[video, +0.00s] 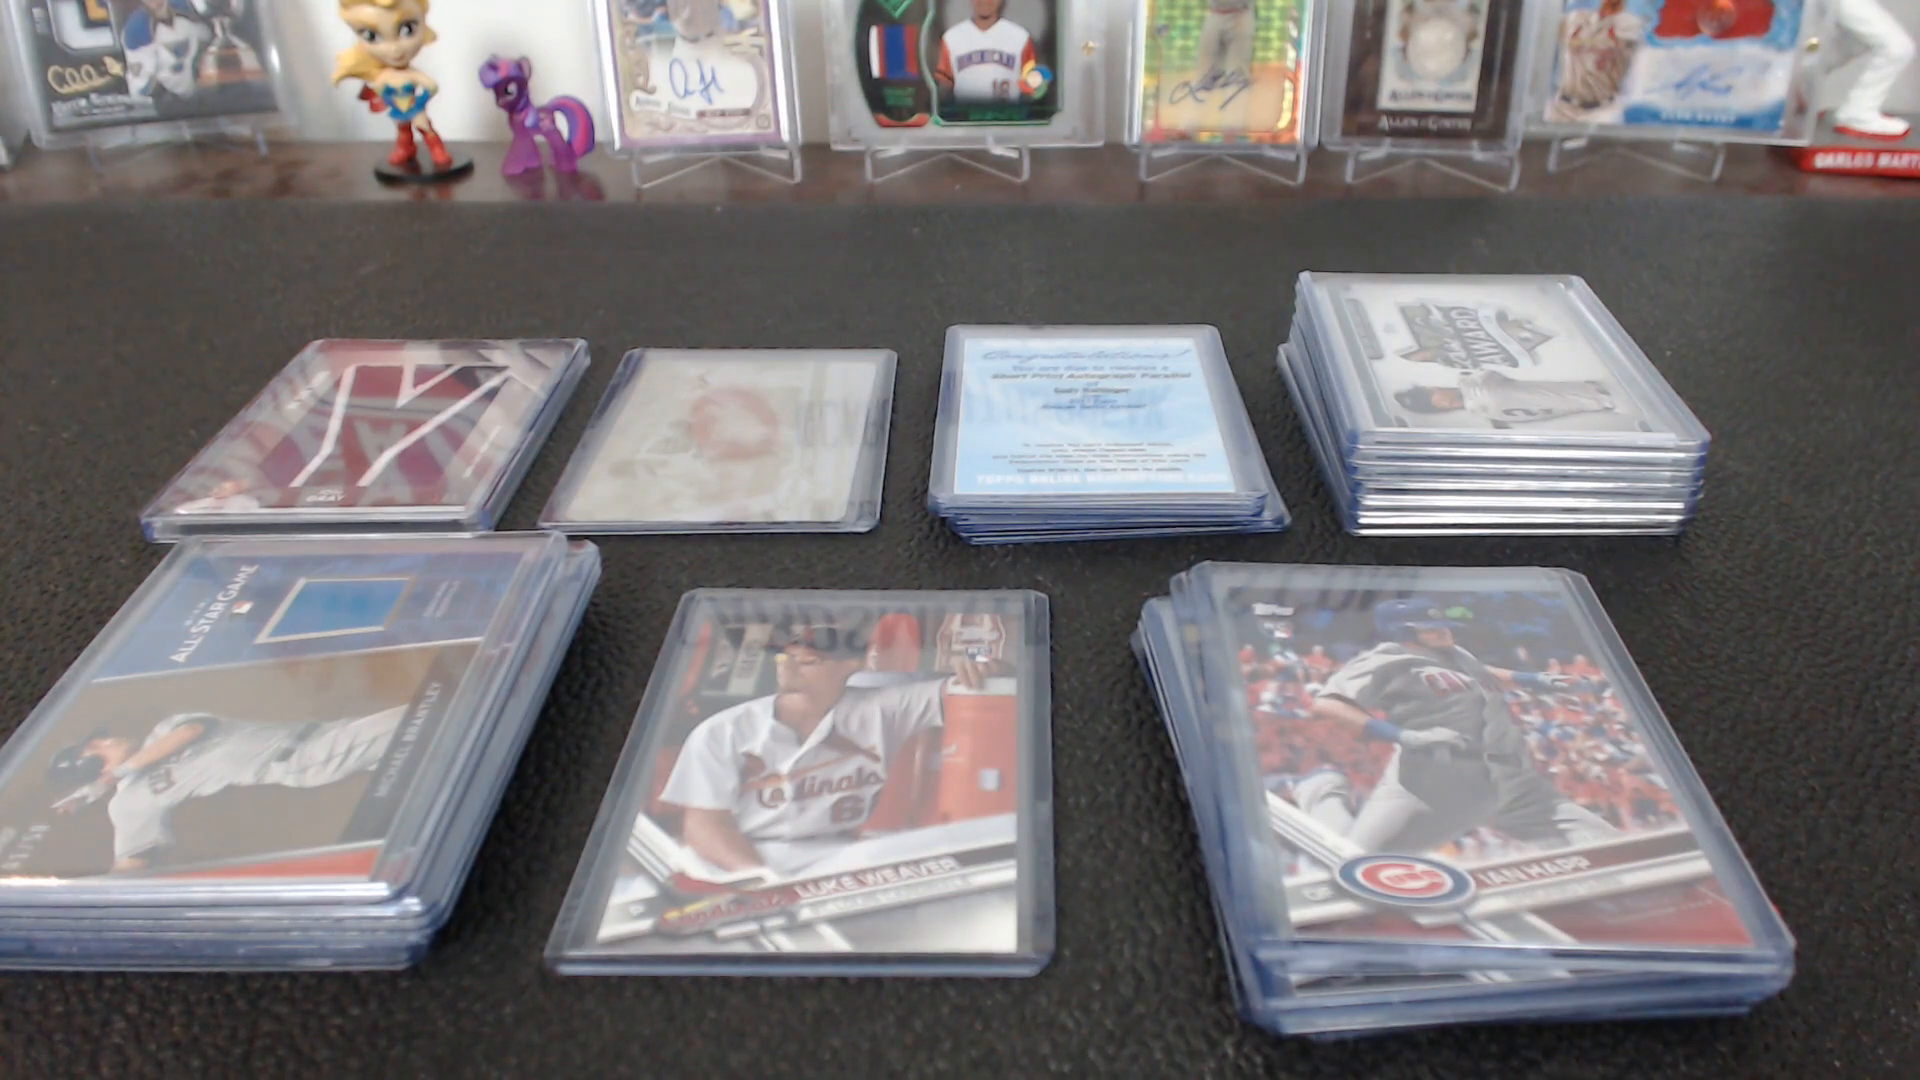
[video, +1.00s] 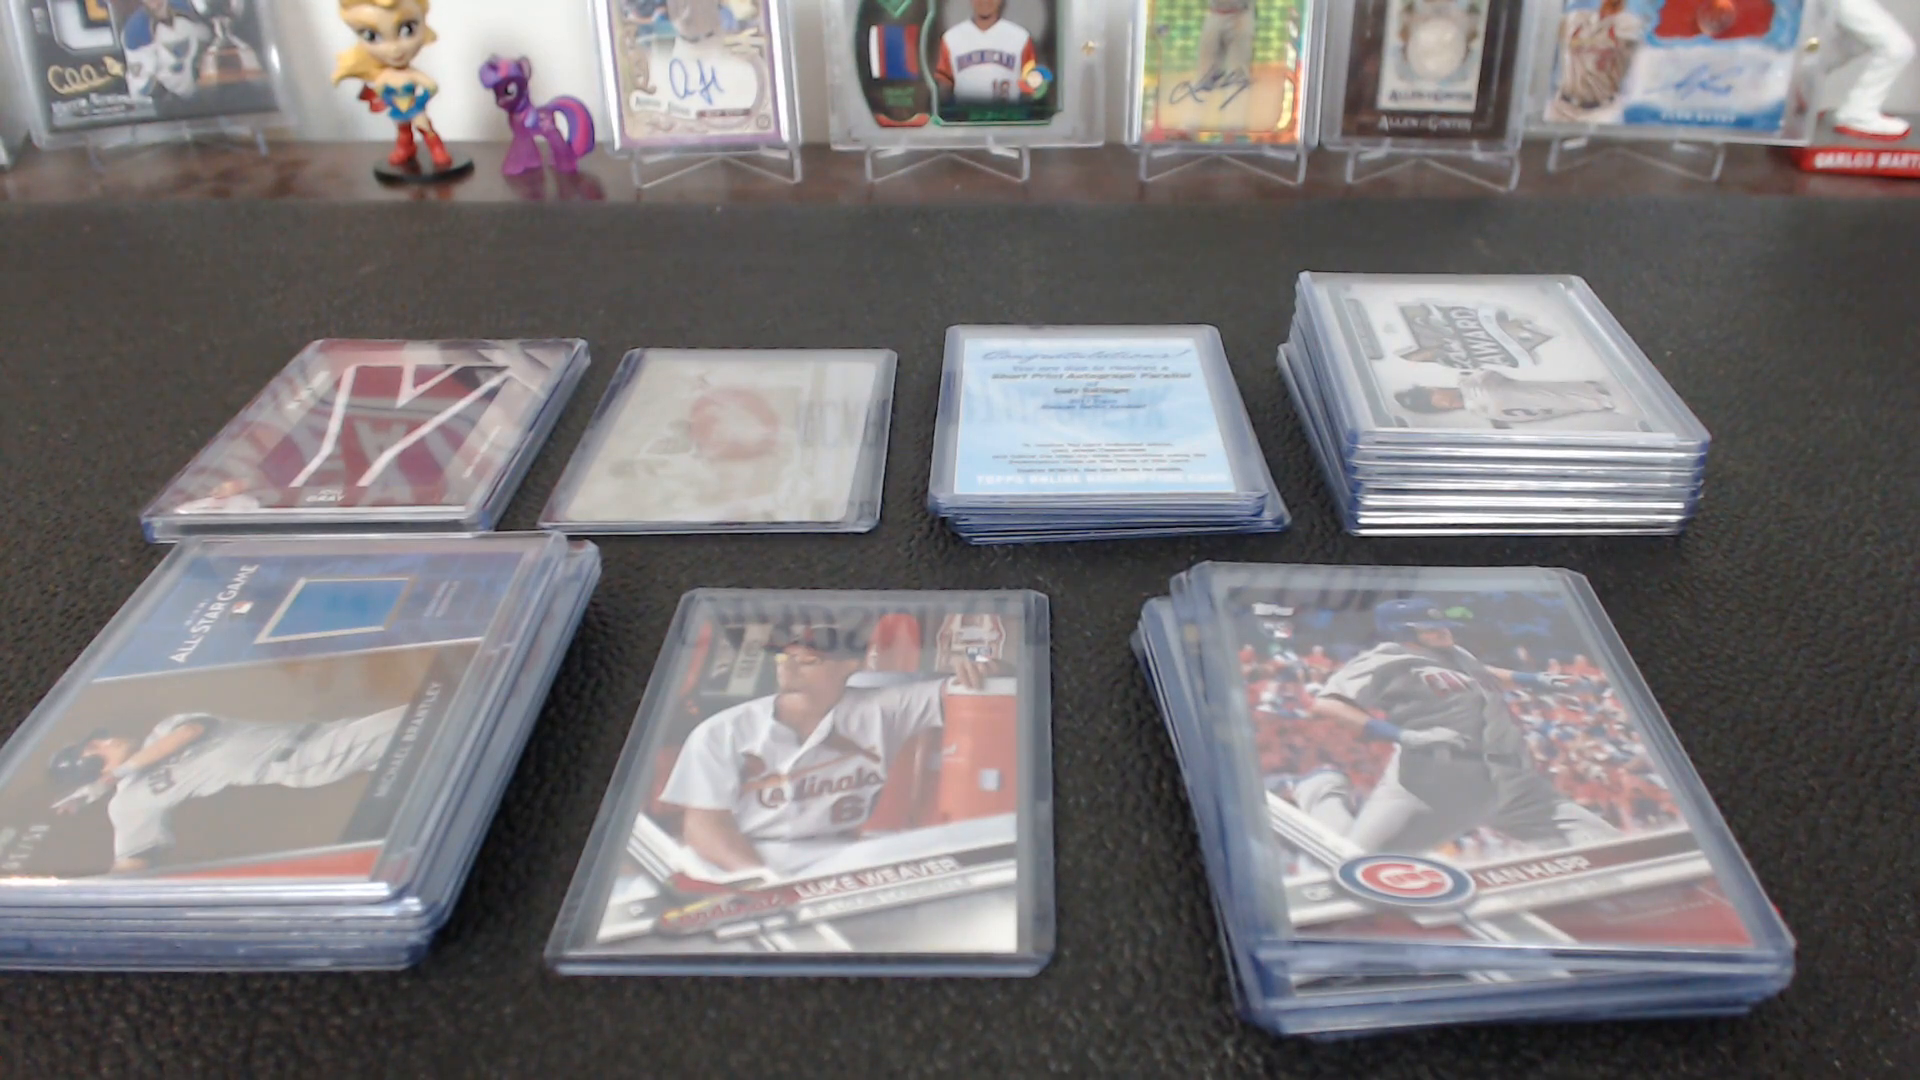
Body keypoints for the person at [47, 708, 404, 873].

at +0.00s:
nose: (108, 740)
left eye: (98, 739)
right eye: (99, 747)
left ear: (106, 741)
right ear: (100, 769)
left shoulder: (160, 727)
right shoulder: (131, 799)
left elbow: (193, 731)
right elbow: (129, 870)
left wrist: (118, 773)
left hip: (310, 731)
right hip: (298, 760)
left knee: (415, 721)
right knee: (413, 717)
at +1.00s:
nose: (109, 740)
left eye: (98, 739)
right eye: (99, 747)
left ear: (107, 743)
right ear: (100, 771)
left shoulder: (161, 728)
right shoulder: (130, 800)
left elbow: (193, 732)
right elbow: (129, 871)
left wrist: (116, 775)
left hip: (311, 732)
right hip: (298, 760)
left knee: (414, 721)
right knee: (412, 718)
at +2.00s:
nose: (111, 741)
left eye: (101, 740)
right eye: (101, 747)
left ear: (108, 741)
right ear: (100, 771)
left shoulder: (161, 728)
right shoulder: (131, 798)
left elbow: (193, 732)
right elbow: (129, 870)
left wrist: (117, 775)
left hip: (312, 733)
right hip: (299, 760)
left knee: (416, 721)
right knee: (414, 717)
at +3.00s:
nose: (113, 740)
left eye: (103, 739)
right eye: (103, 746)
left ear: (109, 741)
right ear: (101, 769)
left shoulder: (161, 729)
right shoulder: (131, 798)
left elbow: (192, 732)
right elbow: (130, 869)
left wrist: (116, 775)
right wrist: (88, 901)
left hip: (311, 732)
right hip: (299, 760)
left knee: (416, 721)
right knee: (414, 717)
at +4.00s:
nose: (112, 741)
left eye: (101, 741)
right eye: (102, 747)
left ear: (107, 742)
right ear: (101, 769)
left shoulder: (162, 728)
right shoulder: (131, 798)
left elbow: (193, 732)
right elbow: (130, 869)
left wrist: (114, 777)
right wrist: (89, 902)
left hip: (314, 732)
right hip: (301, 760)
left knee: (419, 719)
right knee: (417, 717)